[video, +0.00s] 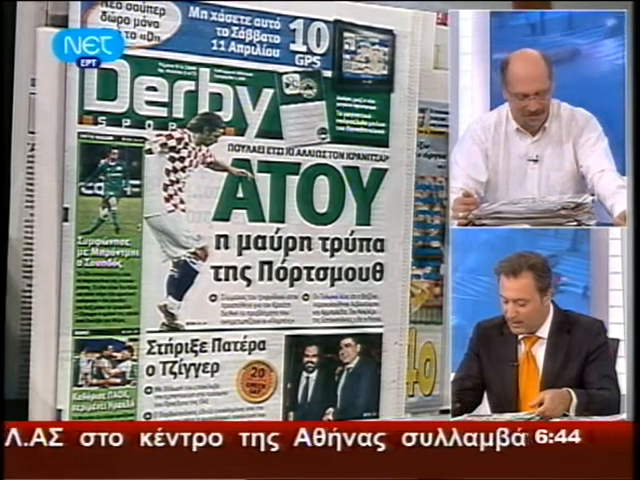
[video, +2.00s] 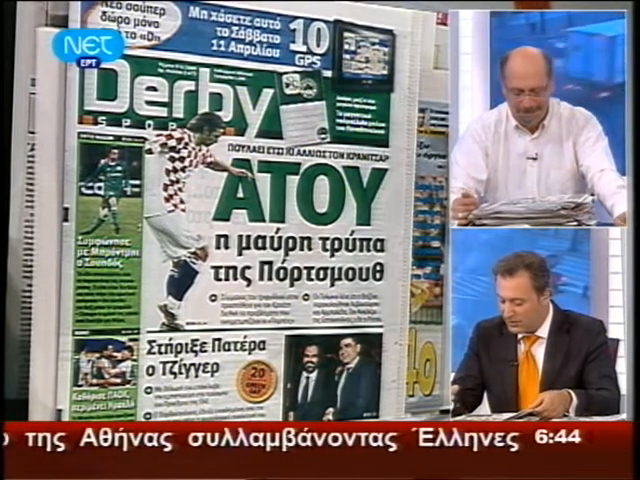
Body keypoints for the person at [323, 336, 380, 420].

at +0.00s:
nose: (343, 351)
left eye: (347, 346)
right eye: (341, 348)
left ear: (358, 348)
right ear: (339, 351)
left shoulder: (367, 368)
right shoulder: (341, 371)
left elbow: (360, 408)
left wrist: (335, 416)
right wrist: (332, 410)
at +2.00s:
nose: (343, 351)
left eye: (347, 346)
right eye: (341, 348)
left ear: (358, 348)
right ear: (339, 351)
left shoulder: (367, 367)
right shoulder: (341, 371)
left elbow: (361, 407)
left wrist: (335, 416)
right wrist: (332, 410)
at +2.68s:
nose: (343, 351)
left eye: (347, 346)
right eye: (341, 348)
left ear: (358, 348)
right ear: (339, 351)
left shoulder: (367, 367)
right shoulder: (341, 371)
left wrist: (335, 416)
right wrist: (331, 410)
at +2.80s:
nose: (343, 351)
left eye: (347, 346)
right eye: (341, 348)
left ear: (358, 348)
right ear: (339, 351)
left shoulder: (367, 367)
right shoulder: (341, 371)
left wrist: (336, 416)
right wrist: (331, 410)